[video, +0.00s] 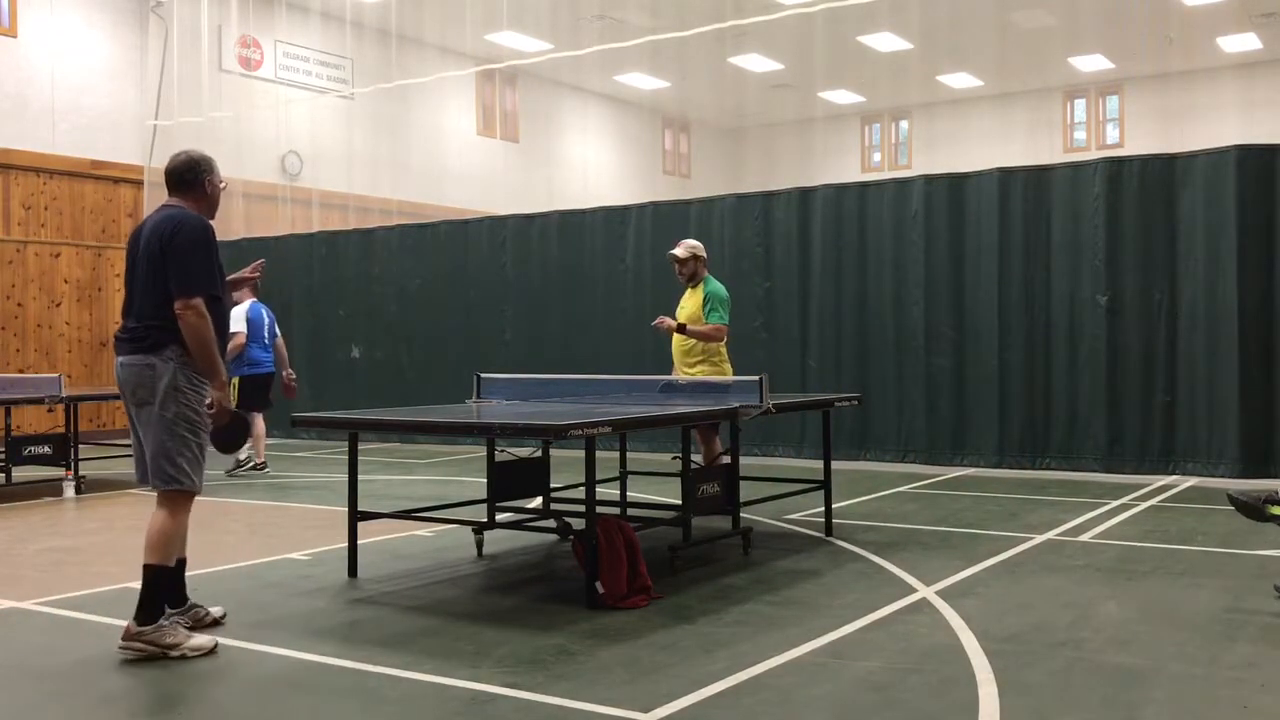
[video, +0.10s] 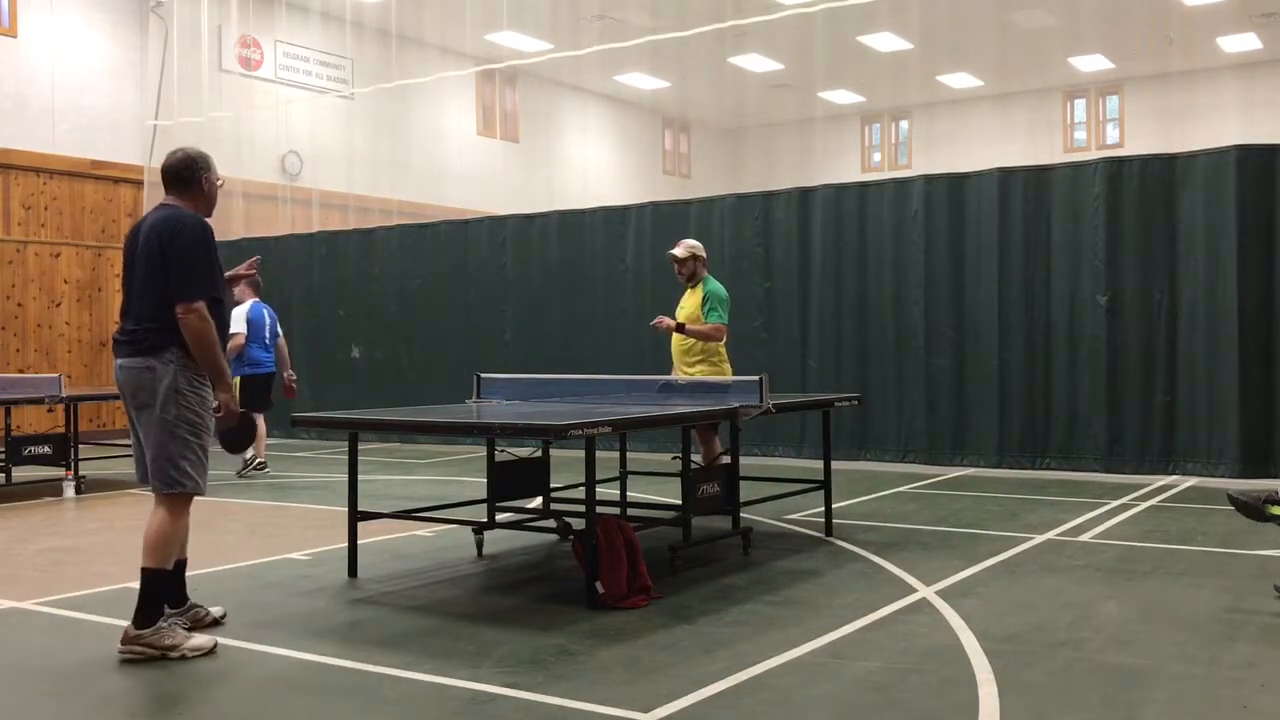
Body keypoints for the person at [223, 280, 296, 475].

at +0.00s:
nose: (233, 295)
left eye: (235, 290)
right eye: (233, 291)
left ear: (246, 289)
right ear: (252, 290)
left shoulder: (239, 310)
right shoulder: (266, 311)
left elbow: (239, 340)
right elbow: (279, 342)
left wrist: (221, 360)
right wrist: (286, 368)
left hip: (246, 371)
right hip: (267, 370)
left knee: (237, 414)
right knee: (256, 414)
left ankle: (242, 455)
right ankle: (260, 459)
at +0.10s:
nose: (234, 291)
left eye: (237, 287)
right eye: (235, 287)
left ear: (247, 289)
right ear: (254, 291)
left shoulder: (240, 310)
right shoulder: (269, 311)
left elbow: (238, 341)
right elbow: (280, 342)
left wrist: (225, 359)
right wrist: (287, 369)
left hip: (248, 371)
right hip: (268, 370)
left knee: (243, 414)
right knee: (258, 415)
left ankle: (248, 455)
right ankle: (260, 459)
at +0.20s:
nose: (235, 291)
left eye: (238, 288)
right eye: (236, 288)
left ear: (249, 290)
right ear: (253, 291)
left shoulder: (241, 310)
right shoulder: (271, 312)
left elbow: (235, 342)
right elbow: (280, 345)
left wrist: (223, 357)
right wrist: (281, 372)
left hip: (249, 371)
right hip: (269, 371)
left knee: (248, 415)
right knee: (259, 415)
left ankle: (253, 456)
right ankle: (261, 459)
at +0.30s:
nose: (233, 292)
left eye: (236, 289)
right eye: (234, 288)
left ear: (248, 291)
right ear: (254, 291)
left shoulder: (240, 312)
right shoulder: (270, 312)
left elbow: (228, 345)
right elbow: (279, 344)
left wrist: (216, 350)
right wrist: (275, 367)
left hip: (251, 372)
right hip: (271, 371)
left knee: (250, 416)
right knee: (258, 416)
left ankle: (258, 460)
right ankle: (259, 459)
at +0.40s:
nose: (227, 292)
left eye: (231, 288)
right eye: (229, 288)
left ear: (242, 292)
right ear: (247, 293)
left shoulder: (234, 315)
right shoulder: (268, 311)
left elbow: (218, 344)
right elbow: (278, 341)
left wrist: (206, 364)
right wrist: (275, 363)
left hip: (252, 372)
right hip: (274, 371)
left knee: (249, 418)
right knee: (261, 417)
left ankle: (258, 462)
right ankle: (260, 460)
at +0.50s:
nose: (221, 298)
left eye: (223, 293)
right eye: (221, 293)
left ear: (235, 295)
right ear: (242, 295)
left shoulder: (230, 317)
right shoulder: (265, 310)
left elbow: (212, 345)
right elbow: (281, 337)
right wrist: (272, 358)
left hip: (255, 370)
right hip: (278, 368)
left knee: (253, 416)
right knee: (269, 416)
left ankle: (257, 462)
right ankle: (265, 459)